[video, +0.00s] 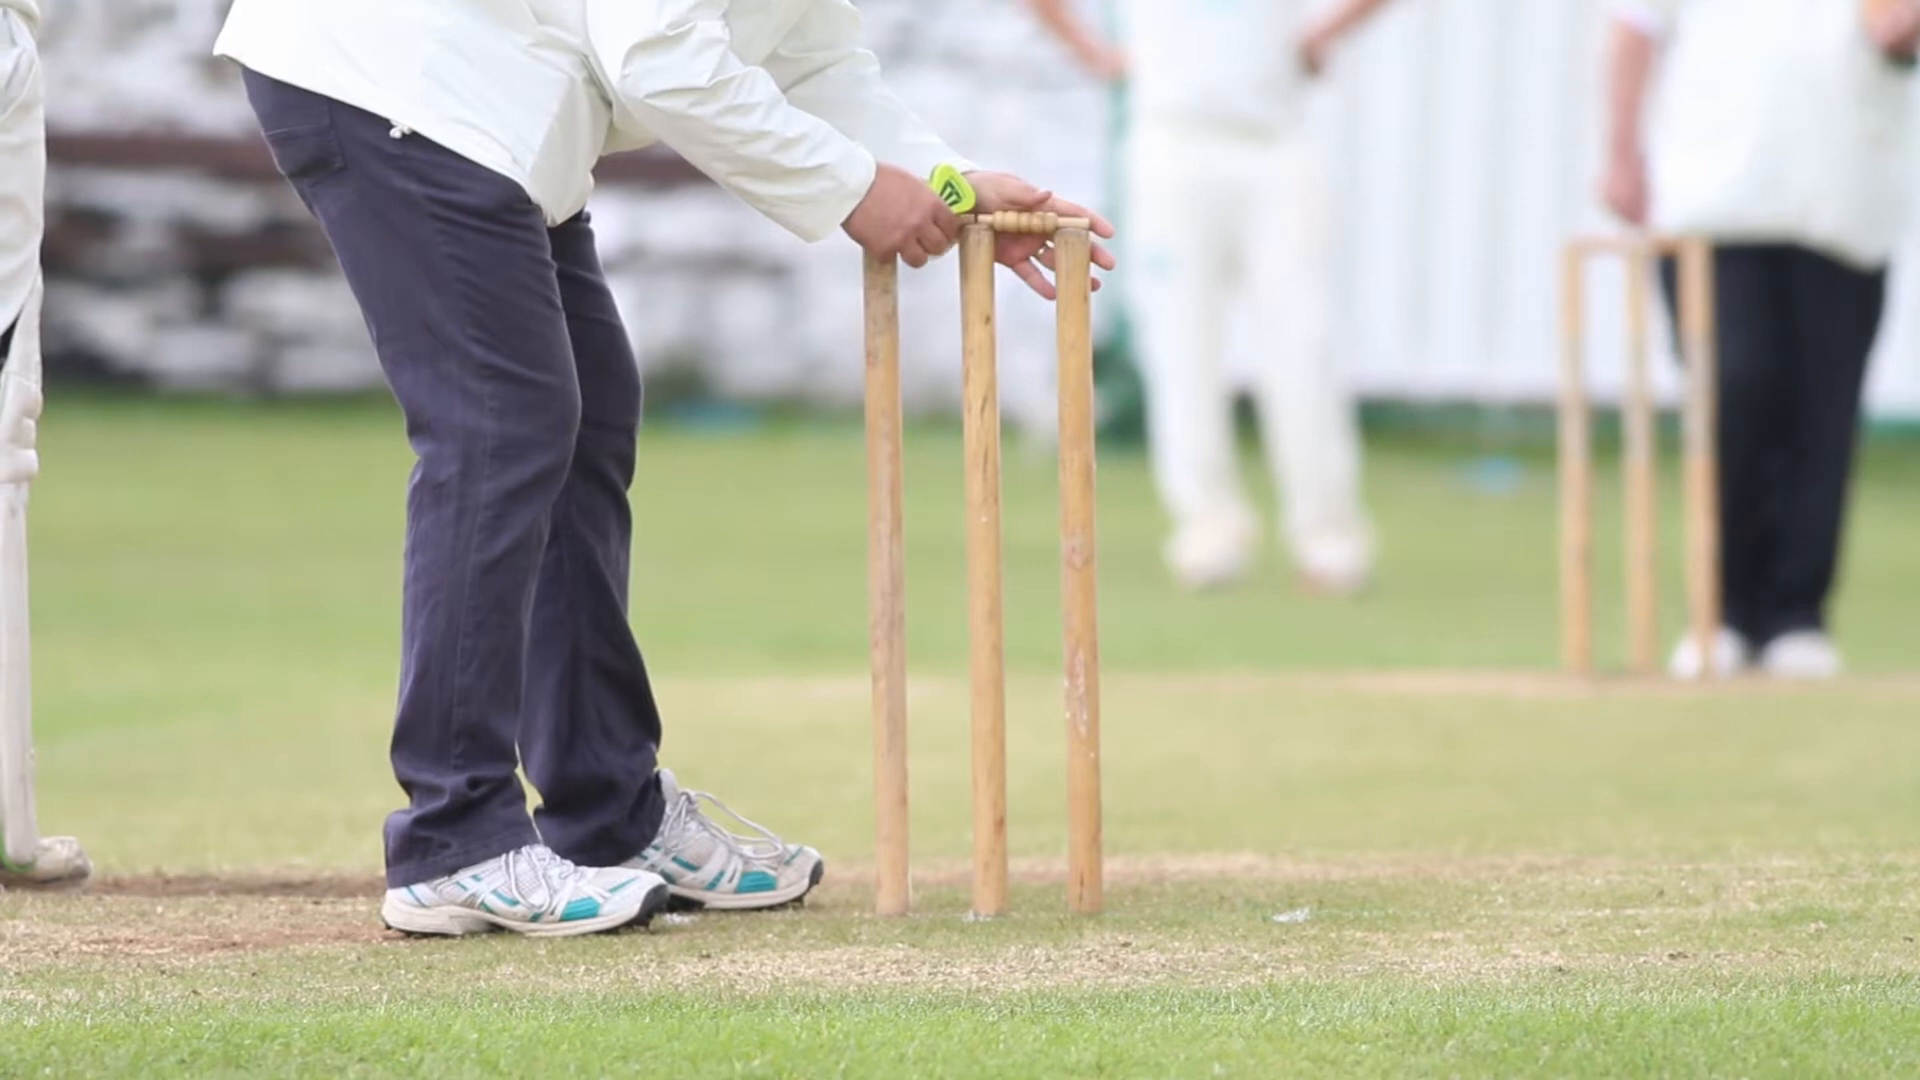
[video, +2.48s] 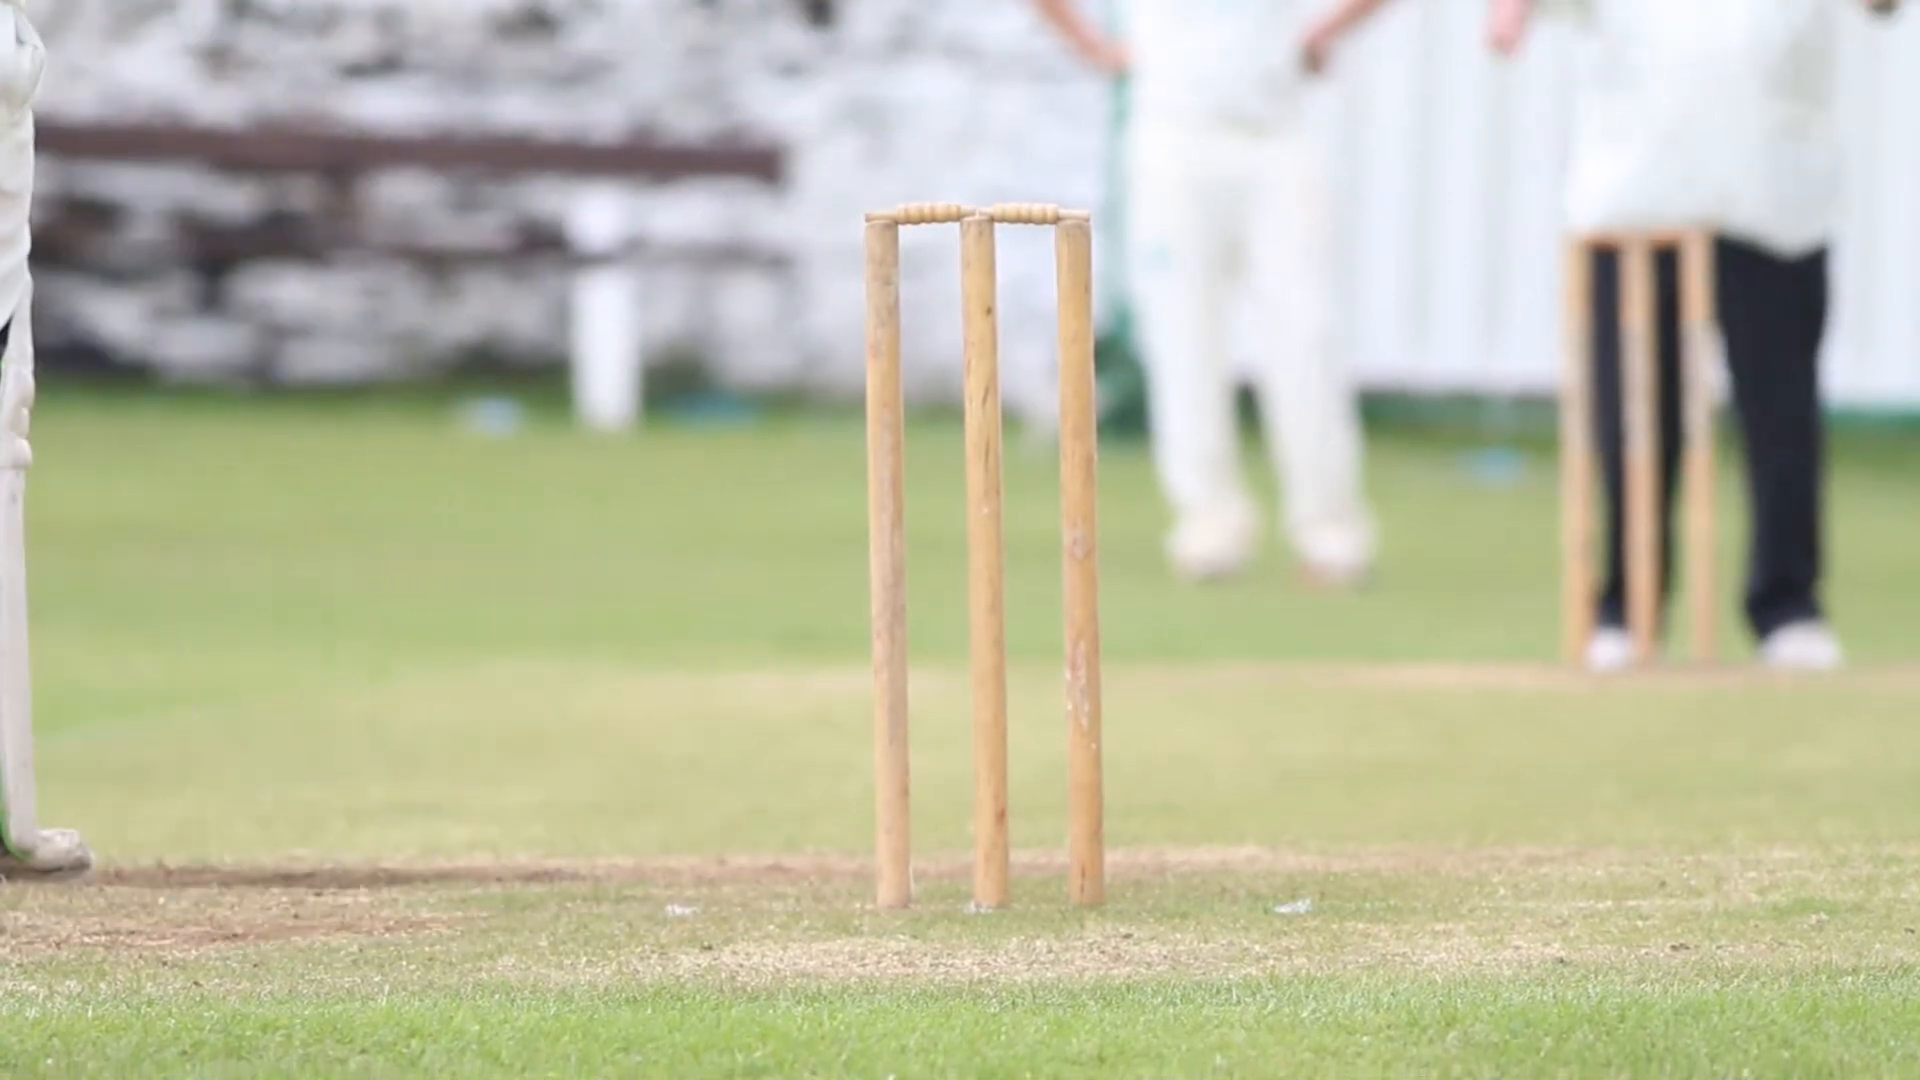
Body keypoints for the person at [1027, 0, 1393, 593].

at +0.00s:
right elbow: (1034, 4)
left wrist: (1321, 36)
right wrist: (1096, 52)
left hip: (1280, 128)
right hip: (1170, 126)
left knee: (1301, 338)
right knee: (1178, 343)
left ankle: (1328, 536)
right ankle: (1209, 532)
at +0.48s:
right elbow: (1038, 4)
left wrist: (1323, 34)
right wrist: (1099, 50)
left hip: (1282, 128)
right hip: (1171, 126)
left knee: (1301, 339)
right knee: (1179, 344)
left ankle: (1328, 535)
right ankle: (1209, 532)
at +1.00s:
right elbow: (1040, 4)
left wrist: (1325, 38)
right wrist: (1099, 48)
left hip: (1285, 125)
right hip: (1173, 123)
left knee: (1304, 335)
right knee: (1181, 340)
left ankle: (1329, 534)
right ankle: (1210, 531)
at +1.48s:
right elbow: (1042, 4)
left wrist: (1323, 40)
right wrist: (1097, 47)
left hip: (1286, 121)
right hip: (1172, 119)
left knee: (1303, 330)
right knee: (1179, 334)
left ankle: (1329, 530)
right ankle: (1209, 526)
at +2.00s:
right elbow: (1042, 4)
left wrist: (1323, 36)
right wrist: (1096, 46)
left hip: (1286, 120)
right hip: (1172, 117)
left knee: (1303, 329)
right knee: (1179, 332)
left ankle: (1329, 529)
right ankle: (1209, 526)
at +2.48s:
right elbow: (1041, 3)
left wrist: (1322, 35)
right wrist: (1098, 47)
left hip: (1284, 115)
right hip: (1171, 113)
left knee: (1304, 327)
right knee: (1180, 330)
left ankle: (1330, 528)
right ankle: (1210, 524)